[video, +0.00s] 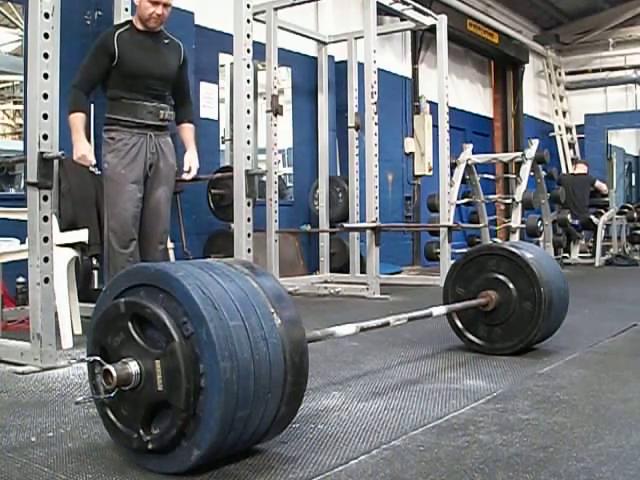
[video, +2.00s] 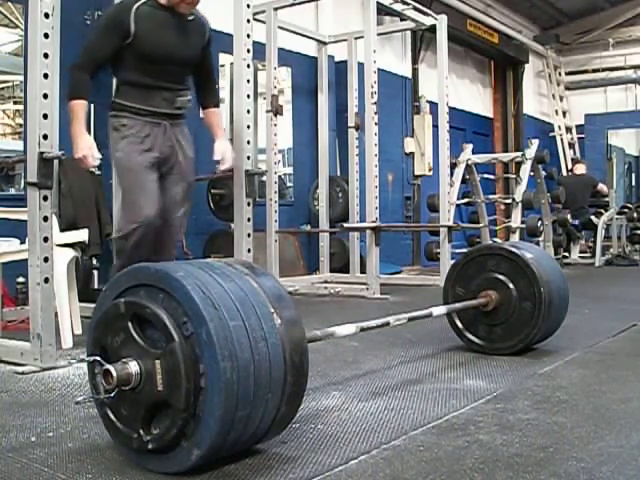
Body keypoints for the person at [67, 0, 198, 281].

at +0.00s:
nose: (159, 11)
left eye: (165, 6)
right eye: (153, 3)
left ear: (170, 9)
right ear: (137, 2)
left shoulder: (176, 49)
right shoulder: (113, 39)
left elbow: (183, 104)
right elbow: (79, 91)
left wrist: (191, 149)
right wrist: (79, 141)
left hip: (163, 143)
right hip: (123, 141)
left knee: (157, 233)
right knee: (123, 230)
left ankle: (159, 306)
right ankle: (122, 307)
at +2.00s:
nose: (195, 2)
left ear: (195, 1)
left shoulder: (199, 27)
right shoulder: (127, 14)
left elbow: (207, 85)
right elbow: (82, 70)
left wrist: (220, 137)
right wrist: (79, 134)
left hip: (178, 130)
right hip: (133, 127)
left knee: (173, 225)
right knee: (144, 215)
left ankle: (161, 305)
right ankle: (122, 300)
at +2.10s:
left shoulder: (211, 23)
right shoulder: (136, 11)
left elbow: (220, 80)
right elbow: (90, 67)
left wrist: (238, 136)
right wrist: (83, 133)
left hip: (186, 128)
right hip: (143, 123)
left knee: (181, 217)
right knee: (166, 207)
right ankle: (144, 294)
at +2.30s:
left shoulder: (238, 17)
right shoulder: (160, 8)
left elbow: (249, 80)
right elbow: (111, 66)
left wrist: (273, 136)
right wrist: (107, 135)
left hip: (218, 127)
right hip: (174, 124)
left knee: (197, 228)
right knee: (209, 220)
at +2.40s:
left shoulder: (253, 10)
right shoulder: (178, 4)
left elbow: (260, 76)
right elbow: (129, 61)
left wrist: (281, 134)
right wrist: (132, 137)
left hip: (237, 125)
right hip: (189, 120)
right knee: (221, 231)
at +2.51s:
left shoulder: (268, 5)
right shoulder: (193, 3)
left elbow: (271, 67)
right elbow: (147, 51)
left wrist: (284, 130)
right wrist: (156, 123)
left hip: (255, 117)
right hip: (205, 115)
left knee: (296, 214)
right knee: (227, 239)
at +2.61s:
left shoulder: (283, 4)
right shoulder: (206, 2)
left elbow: (279, 53)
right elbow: (160, 44)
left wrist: (290, 115)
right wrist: (178, 112)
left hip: (277, 115)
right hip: (225, 112)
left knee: (323, 207)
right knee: (234, 231)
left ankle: (333, 328)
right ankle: (235, 348)